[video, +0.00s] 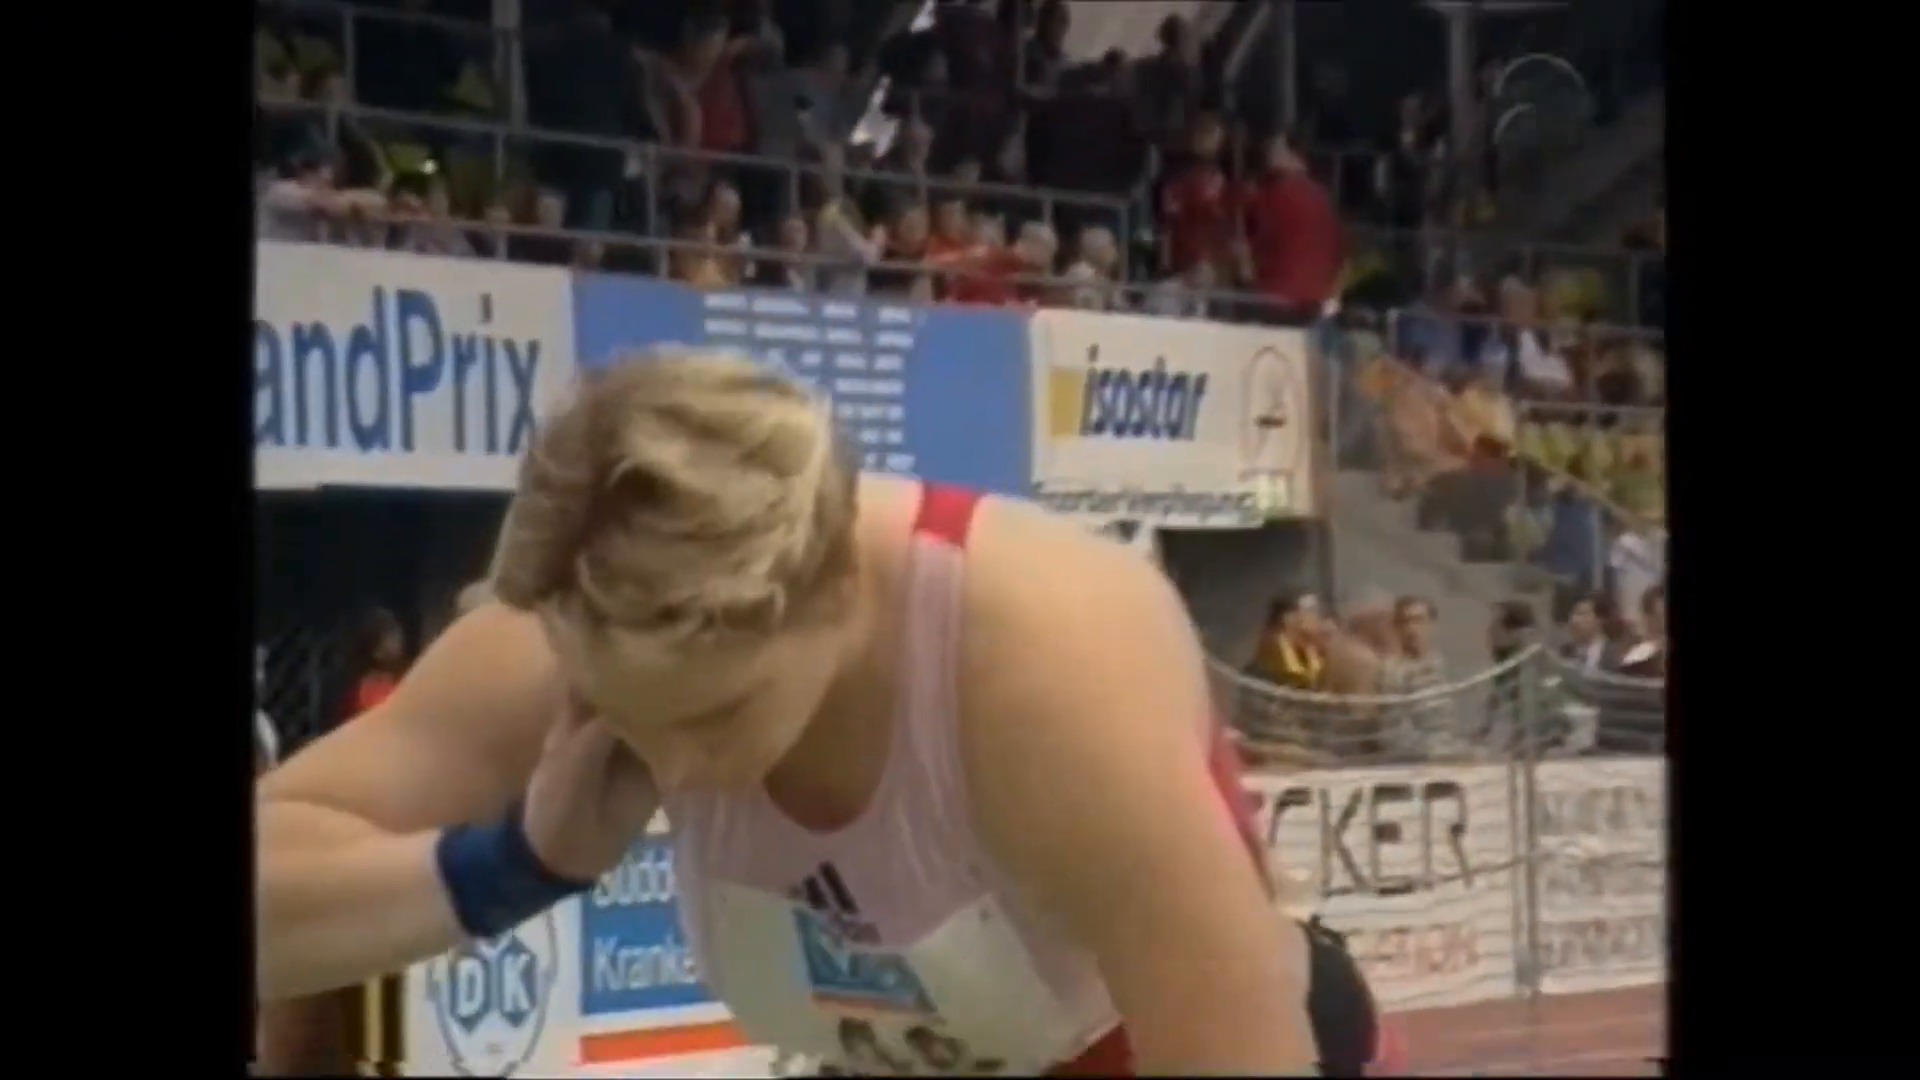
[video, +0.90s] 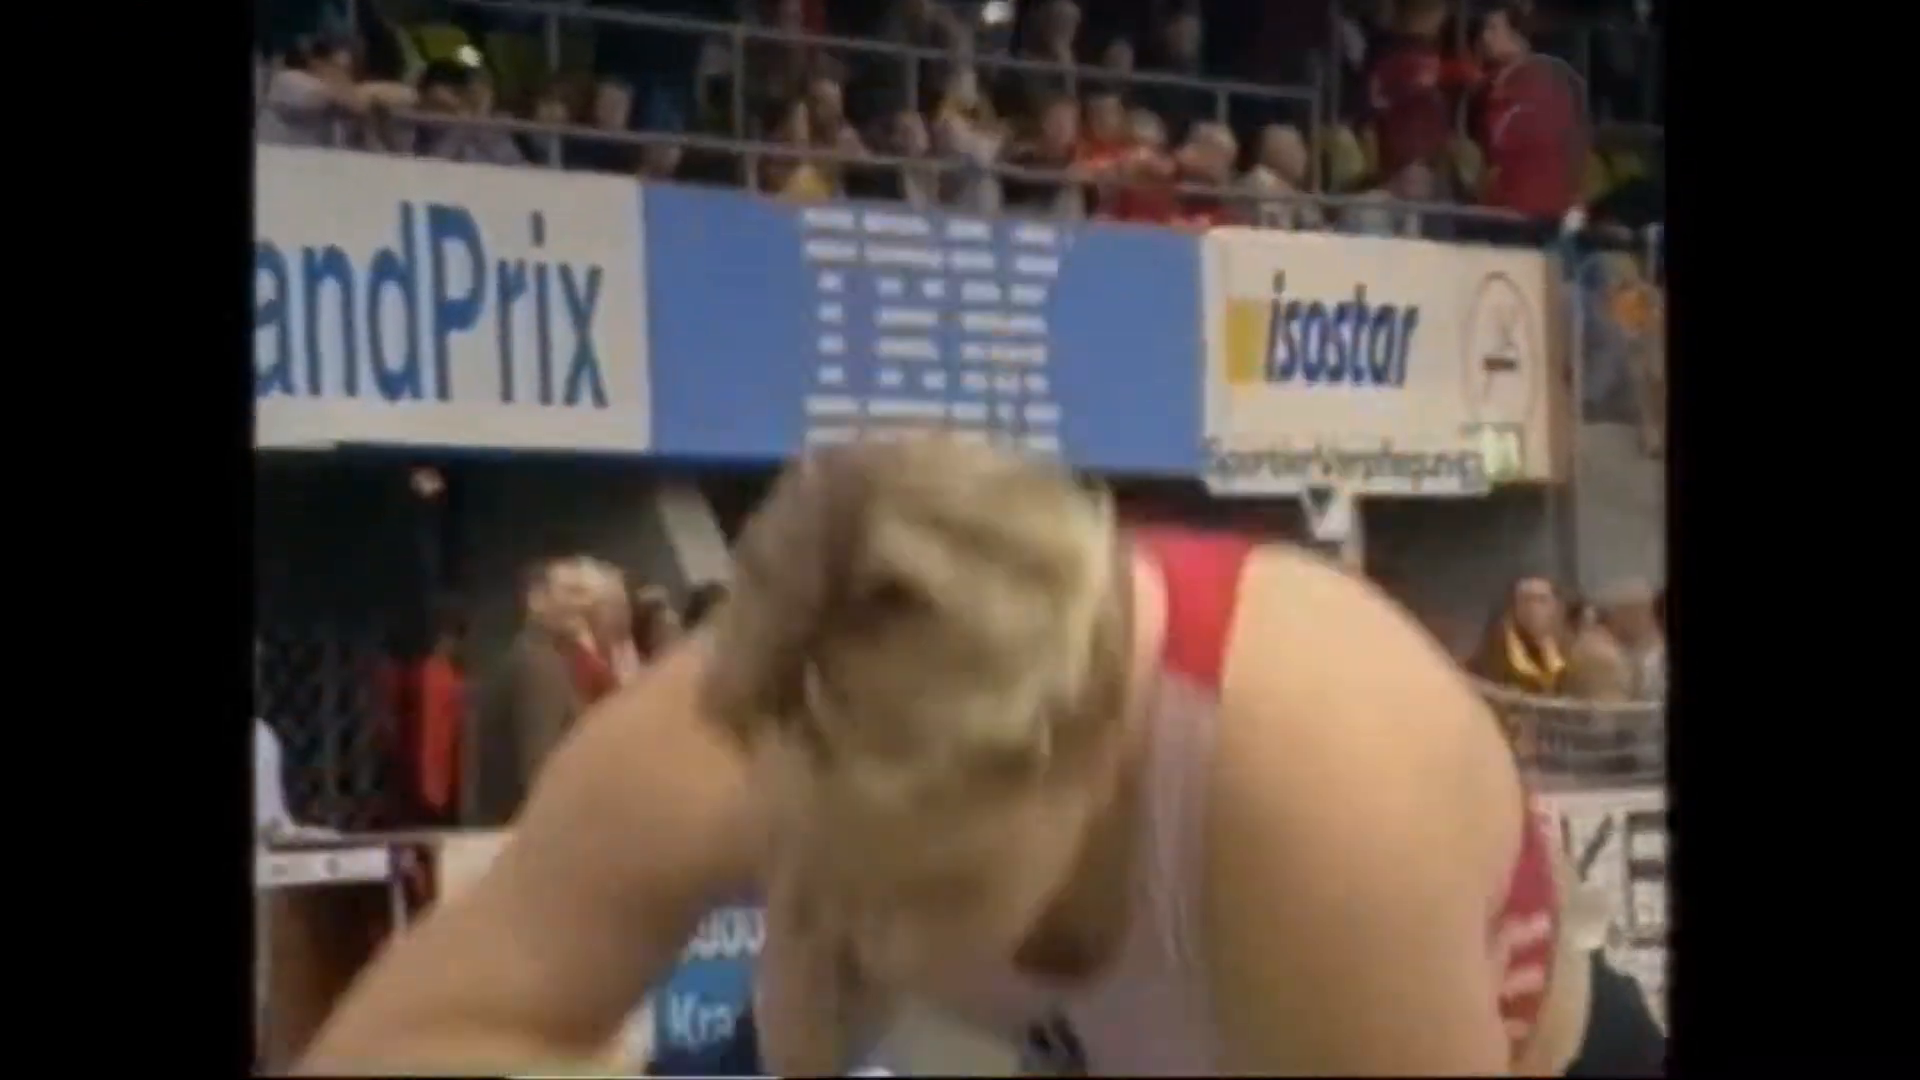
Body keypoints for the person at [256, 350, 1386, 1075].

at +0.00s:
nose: (680, 764)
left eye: (716, 718)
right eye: (632, 721)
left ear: (828, 602)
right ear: (577, 637)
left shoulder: (1047, 647)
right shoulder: (568, 646)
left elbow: (1246, 1052)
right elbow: (256, 893)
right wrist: (514, 863)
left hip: (1153, 1036)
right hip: (861, 1043)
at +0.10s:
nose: (696, 686)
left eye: (737, 631)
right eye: (645, 639)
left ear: (849, 514)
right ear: (592, 557)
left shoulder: (1071, 577)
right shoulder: (575, 563)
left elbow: (1254, 1049)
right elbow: (261, 834)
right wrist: (524, 790)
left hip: (1172, 1032)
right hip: (912, 1042)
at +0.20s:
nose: (712, 510)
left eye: (762, 456)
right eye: (664, 457)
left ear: (884, 348)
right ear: (608, 382)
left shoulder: (1099, 441)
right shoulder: (585, 458)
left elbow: (1265, 976)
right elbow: (255, 706)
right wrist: (530, 664)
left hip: (1189, 1021)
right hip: (906, 1037)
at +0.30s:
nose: (736, 405)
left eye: (791, 346)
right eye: (683, 349)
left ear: (917, 234)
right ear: (630, 283)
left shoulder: (1128, 365)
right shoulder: (599, 387)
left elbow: (1270, 878)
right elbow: (254, 630)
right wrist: (540, 557)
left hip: (1209, 1013)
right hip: (899, 1029)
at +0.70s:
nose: (854, 520)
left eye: (912, 461)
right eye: (802, 459)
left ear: (1050, 326)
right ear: (740, 361)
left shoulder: (1281, 419)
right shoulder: (695, 402)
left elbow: (1402, 1017)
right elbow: (288, 700)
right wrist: (673, 670)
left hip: (1331, 1022)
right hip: (1011, 1018)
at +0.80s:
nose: (893, 781)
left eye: (947, 730)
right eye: (841, 727)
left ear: (1079, 590)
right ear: (765, 616)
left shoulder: (1315, 651)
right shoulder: (699, 613)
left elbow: (1452, 1057)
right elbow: (327, 976)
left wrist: (1135, 1071)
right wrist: (731, 924)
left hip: (1430, 1025)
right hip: (1084, 1010)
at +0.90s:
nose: (923, 947)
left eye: (967, 905)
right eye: (871, 907)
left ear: (1085, 755)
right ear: (789, 767)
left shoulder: (1334, 779)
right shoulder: (684, 746)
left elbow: (1417, 1062)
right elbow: (418, 1031)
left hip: (1433, 1021)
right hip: (1085, 1007)